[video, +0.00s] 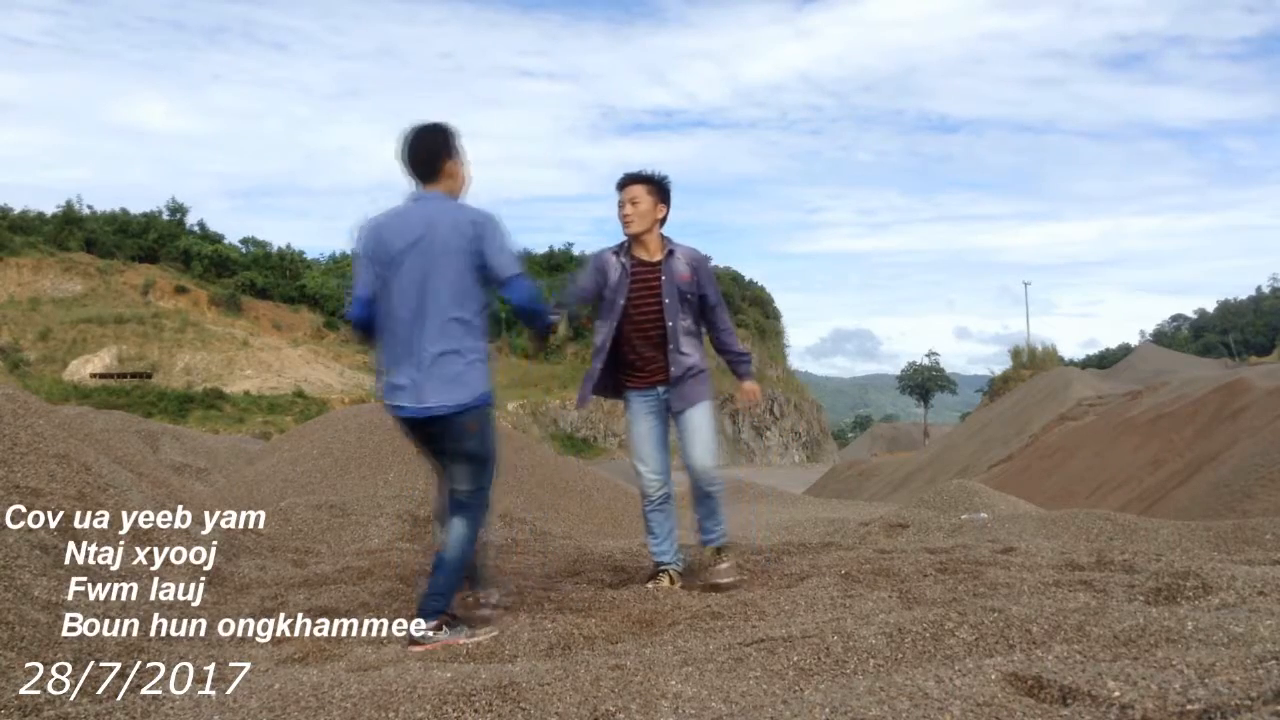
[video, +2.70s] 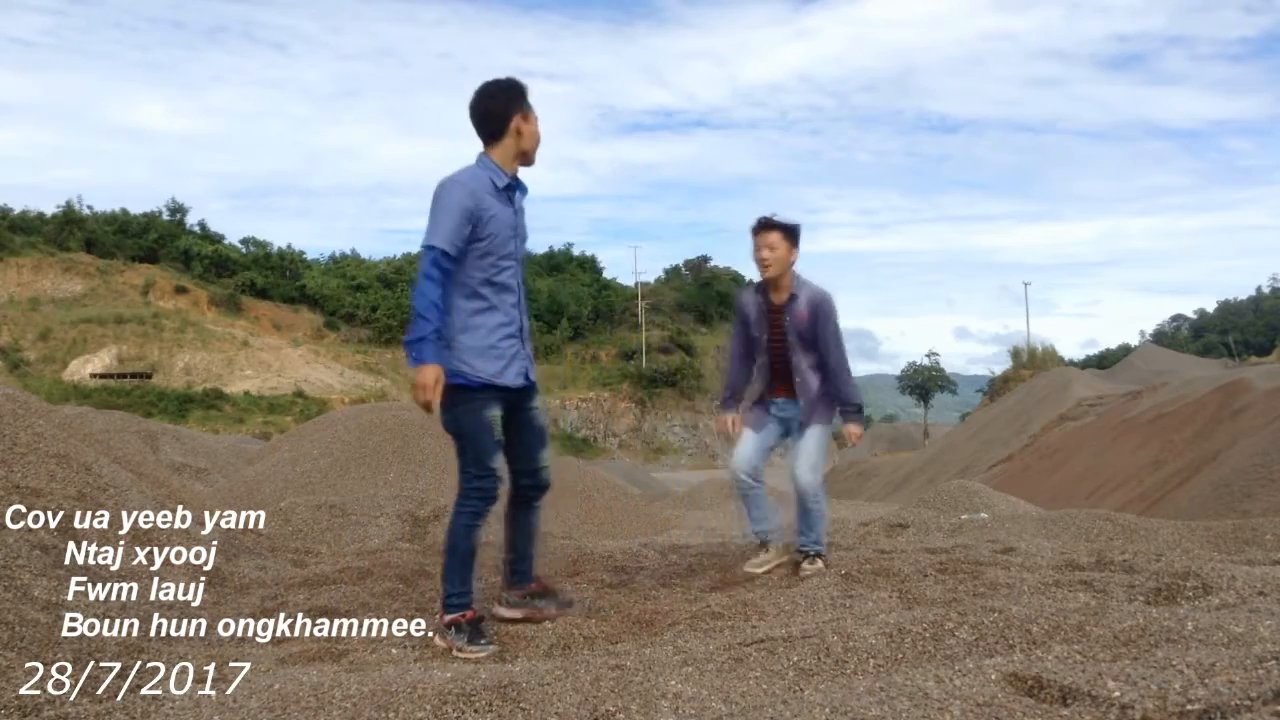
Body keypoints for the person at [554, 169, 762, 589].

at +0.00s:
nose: (624, 212)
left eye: (634, 203)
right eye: (621, 205)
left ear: (661, 210)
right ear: (619, 213)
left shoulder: (690, 262)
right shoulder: (606, 264)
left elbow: (718, 321)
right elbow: (568, 296)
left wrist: (744, 373)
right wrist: (540, 311)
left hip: (688, 383)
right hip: (639, 392)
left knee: (702, 467)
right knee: (652, 483)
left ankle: (717, 549)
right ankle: (666, 567)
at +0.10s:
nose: (626, 211)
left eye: (635, 203)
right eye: (623, 205)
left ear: (662, 210)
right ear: (621, 212)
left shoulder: (692, 263)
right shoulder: (607, 266)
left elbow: (720, 324)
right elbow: (587, 321)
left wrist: (745, 374)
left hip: (686, 386)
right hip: (637, 393)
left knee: (694, 473)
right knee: (651, 483)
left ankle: (701, 559)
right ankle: (665, 566)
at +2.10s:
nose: (686, 216)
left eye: (695, 208)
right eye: (682, 209)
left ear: (721, 210)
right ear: (679, 212)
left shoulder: (738, 265)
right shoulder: (672, 266)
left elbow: (727, 329)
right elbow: (646, 322)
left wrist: (704, 382)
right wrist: (623, 374)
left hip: (709, 395)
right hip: (662, 392)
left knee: (703, 484)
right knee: (643, 474)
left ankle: (692, 574)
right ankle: (690, 546)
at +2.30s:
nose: (722, 238)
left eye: (732, 231)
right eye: (719, 230)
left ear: (755, 240)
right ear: (714, 236)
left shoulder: (769, 296)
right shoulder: (695, 288)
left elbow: (774, 344)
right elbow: (659, 330)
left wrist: (745, 335)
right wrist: (628, 362)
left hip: (741, 403)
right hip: (697, 403)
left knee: (718, 474)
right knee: (693, 493)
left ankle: (702, 571)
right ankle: (739, 565)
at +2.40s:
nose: (729, 244)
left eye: (739, 237)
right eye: (726, 237)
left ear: (761, 247)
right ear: (720, 243)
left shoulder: (782, 300)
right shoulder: (705, 299)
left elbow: (801, 354)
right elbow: (675, 341)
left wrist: (775, 342)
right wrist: (645, 369)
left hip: (756, 404)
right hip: (712, 406)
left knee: (736, 466)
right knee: (697, 487)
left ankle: (740, 558)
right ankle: (724, 555)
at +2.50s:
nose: (742, 240)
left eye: (751, 233)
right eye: (738, 234)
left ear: (773, 239)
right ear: (734, 239)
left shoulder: (796, 291)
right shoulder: (719, 295)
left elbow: (820, 342)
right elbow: (700, 347)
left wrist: (808, 373)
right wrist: (681, 376)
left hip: (776, 400)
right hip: (728, 402)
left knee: (766, 461)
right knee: (719, 483)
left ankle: (781, 540)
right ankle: (736, 567)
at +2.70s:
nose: (762, 256)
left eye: (771, 248)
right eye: (758, 249)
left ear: (793, 253)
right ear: (754, 253)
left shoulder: (816, 301)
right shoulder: (748, 300)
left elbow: (836, 360)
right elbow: (740, 356)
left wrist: (852, 414)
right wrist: (730, 403)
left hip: (812, 408)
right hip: (768, 407)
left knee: (806, 477)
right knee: (742, 467)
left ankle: (812, 552)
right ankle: (772, 544)